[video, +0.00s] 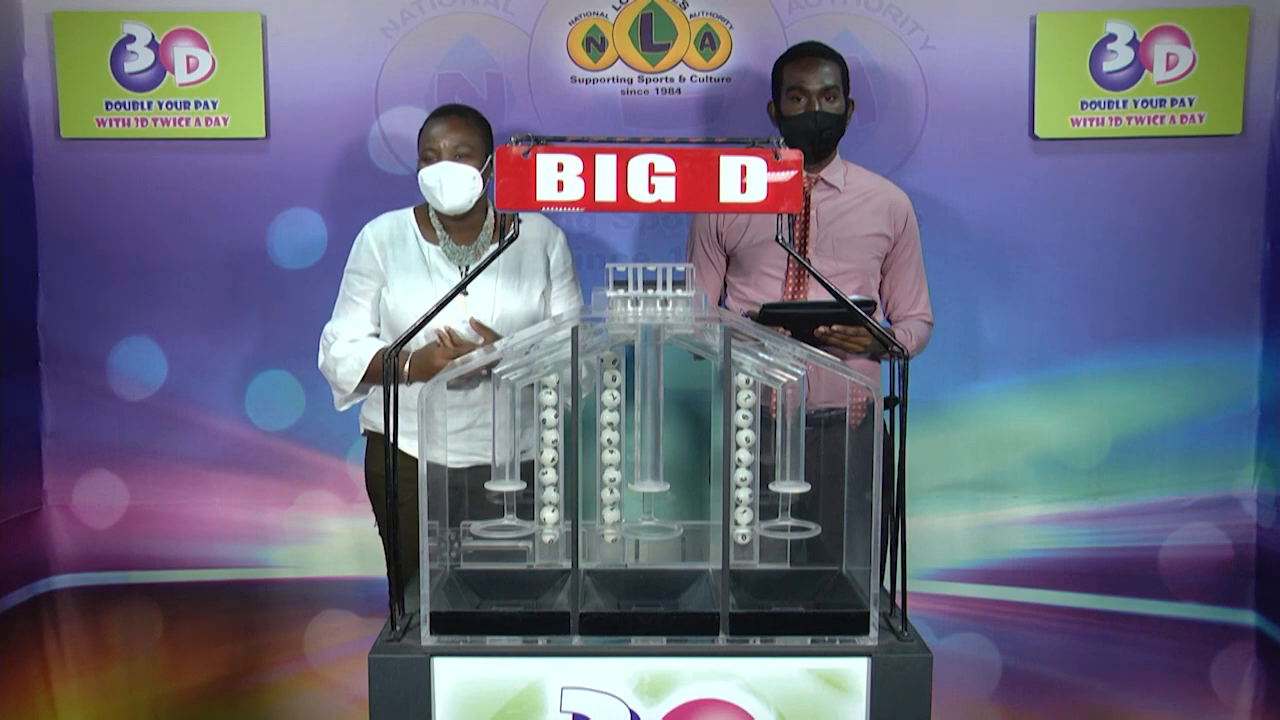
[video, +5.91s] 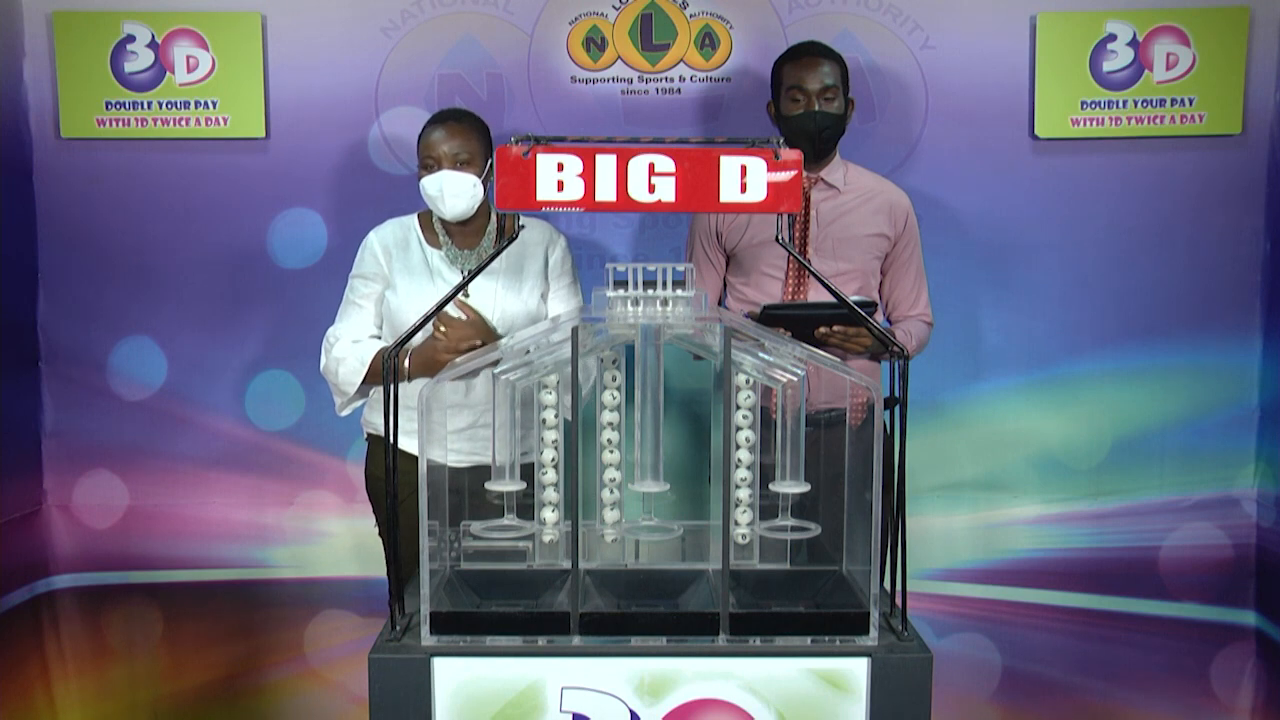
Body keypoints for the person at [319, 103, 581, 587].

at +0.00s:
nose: (445, 169)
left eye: (462, 154)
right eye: (432, 156)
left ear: (489, 162)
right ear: (419, 163)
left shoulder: (540, 239)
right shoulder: (381, 240)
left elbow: (573, 351)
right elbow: (340, 352)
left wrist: (505, 359)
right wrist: (411, 364)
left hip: (511, 460)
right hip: (408, 460)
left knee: (505, 615)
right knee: (417, 614)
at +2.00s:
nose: (434, 179)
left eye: (448, 162)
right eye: (419, 166)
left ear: (473, 165)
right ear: (403, 172)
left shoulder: (529, 241)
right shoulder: (370, 247)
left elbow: (568, 350)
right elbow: (331, 362)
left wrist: (502, 359)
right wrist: (407, 370)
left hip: (505, 462)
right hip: (403, 465)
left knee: (504, 617)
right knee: (415, 616)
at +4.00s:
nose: (447, 179)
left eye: (462, 162)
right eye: (433, 165)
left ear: (490, 166)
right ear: (420, 172)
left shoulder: (544, 244)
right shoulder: (387, 246)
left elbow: (575, 360)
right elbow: (344, 357)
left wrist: (500, 356)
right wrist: (429, 360)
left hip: (512, 463)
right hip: (409, 463)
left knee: (506, 616)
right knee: (416, 617)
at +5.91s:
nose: (448, 180)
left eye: (462, 164)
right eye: (433, 166)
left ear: (489, 166)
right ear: (420, 171)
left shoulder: (543, 246)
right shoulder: (385, 246)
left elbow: (570, 359)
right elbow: (341, 358)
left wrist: (495, 349)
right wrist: (417, 360)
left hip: (511, 463)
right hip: (408, 463)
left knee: (506, 617)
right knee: (416, 617)